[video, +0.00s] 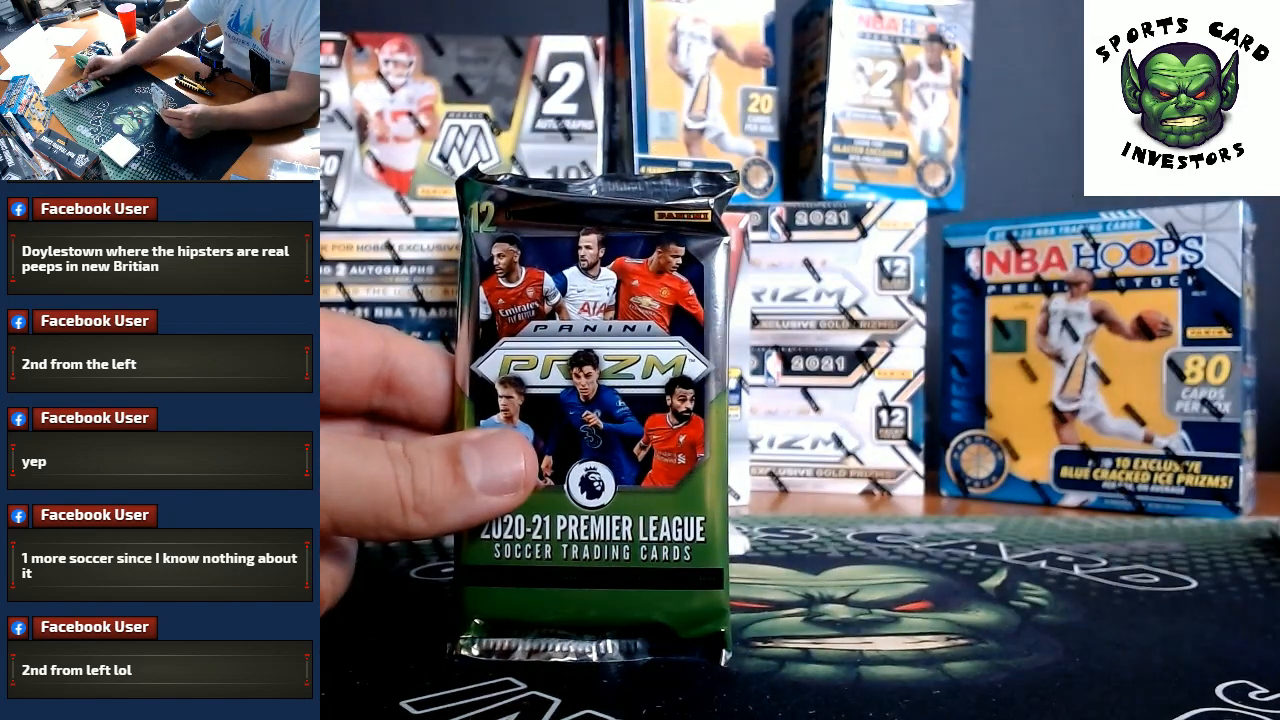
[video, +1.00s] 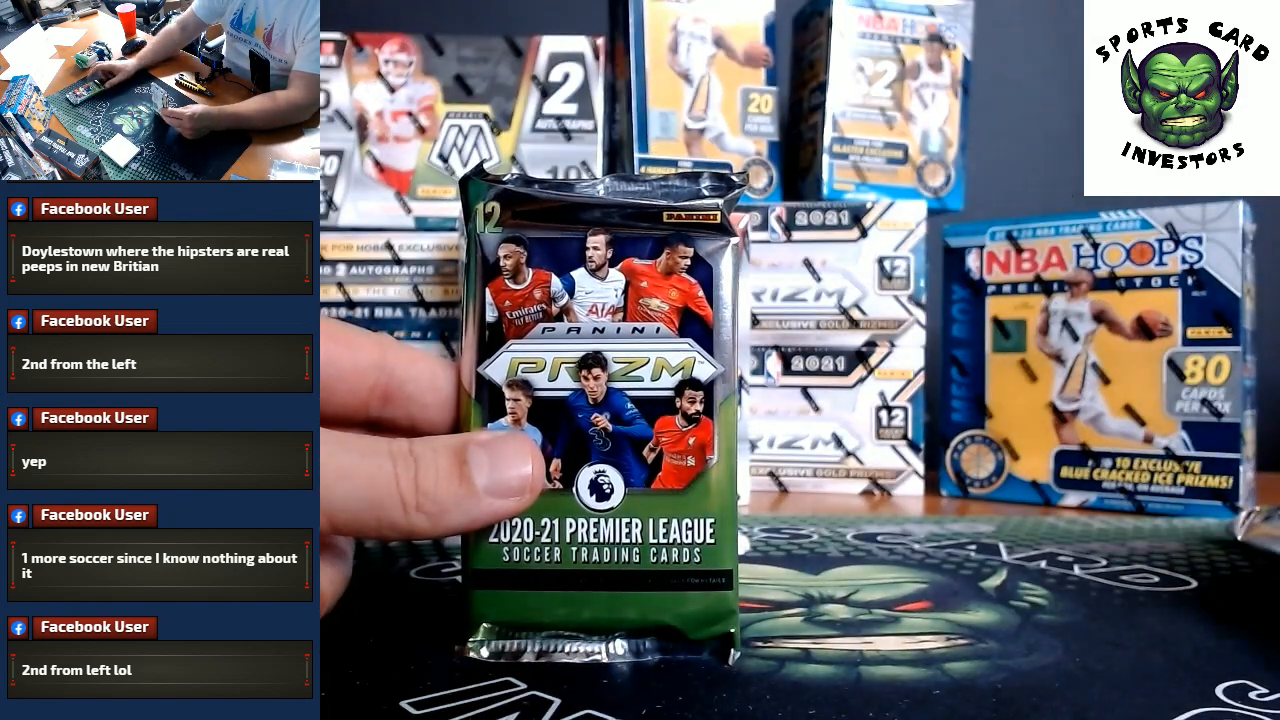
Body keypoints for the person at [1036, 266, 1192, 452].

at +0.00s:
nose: (1072, 288)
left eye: (1077, 284)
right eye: (1071, 283)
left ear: (1087, 286)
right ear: (1067, 284)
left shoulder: (1095, 308)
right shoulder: (1053, 304)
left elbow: (1125, 331)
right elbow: (1039, 335)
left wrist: (1155, 330)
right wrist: (1047, 350)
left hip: (1081, 365)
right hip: (1063, 366)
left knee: (1062, 417)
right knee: (1103, 424)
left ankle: (1077, 473)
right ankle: (1165, 442)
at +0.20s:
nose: (1072, 288)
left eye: (1077, 284)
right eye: (1071, 283)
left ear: (1087, 286)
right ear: (1067, 284)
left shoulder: (1095, 308)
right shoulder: (1053, 304)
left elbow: (1125, 331)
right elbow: (1039, 335)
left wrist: (1155, 330)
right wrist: (1047, 350)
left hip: (1081, 365)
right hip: (1063, 366)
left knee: (1062, 417)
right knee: (1103, 424)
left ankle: (1077, 473)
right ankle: (1165, 442)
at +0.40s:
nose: (1072, 288)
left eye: (1077, 284)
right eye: (1070, 283)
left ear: (1087, 286)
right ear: (1067, 283)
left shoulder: (1095, 308)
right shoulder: (1053, 303)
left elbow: (1126, 331)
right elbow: (1039, 335)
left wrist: (1156, 330)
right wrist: (1047, 350)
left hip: (1081, 365)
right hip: (1063, 366)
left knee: (1062, 418)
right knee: (1103, 424)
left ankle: (1077, 473)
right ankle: (1165, 442)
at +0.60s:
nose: (1072, 288)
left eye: (1077, 284)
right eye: (1070, 283)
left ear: (1087, 286)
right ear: (1067, 283)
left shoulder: (1095, 308)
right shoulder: (1053, 303)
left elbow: (1126, 331)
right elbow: (1039, 335)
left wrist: (1156, 330)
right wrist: (1047, 350)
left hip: (1081, 365)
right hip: (1064, 366)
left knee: (1062, 418)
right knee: (1103, 424)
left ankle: (1078, 473)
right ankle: (1165, 442)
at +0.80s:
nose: (1072, 288)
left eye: (1077, 284)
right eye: (1070, 283)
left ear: (1087, 286)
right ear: (1067, 283)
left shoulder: (1095, 308)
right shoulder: (1053, 303)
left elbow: (1126, 331)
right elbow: (1039, 335)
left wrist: (1156, 330)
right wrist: (1047, 350)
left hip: (1081, 365)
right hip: (1064, 366)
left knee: (1062, 418)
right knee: (1103, 424)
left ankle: (1077, 473)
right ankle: (1165, 442)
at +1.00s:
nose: (1072, 288)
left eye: (1077, 284)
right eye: (1070, 283)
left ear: (1087, 286)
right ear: (1067, 283)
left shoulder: (1095, 308)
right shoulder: (1053, 303)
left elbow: (1126, 331)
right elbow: (1039, 335)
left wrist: (1156, 330)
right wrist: (1047, 350)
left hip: (1081, 365)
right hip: (1063, 366)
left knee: (1062, 418)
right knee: (1103, 424)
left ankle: (1077, 473)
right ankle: (1165, 442)